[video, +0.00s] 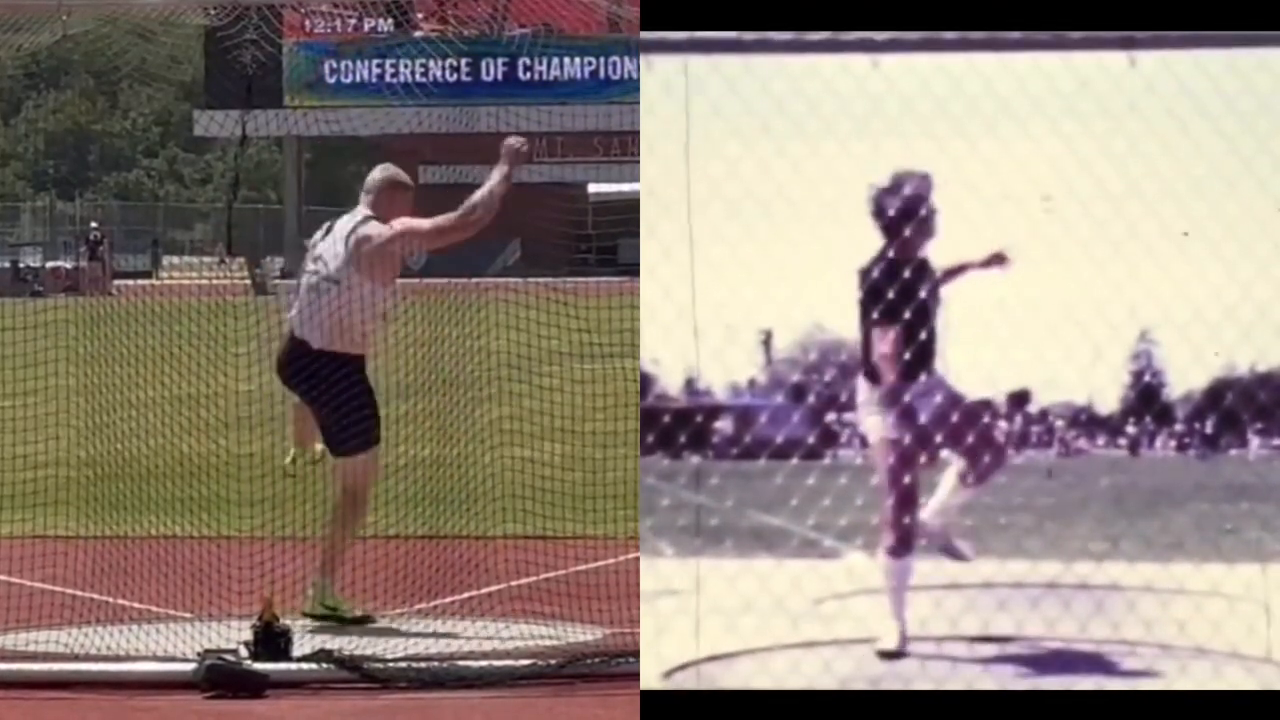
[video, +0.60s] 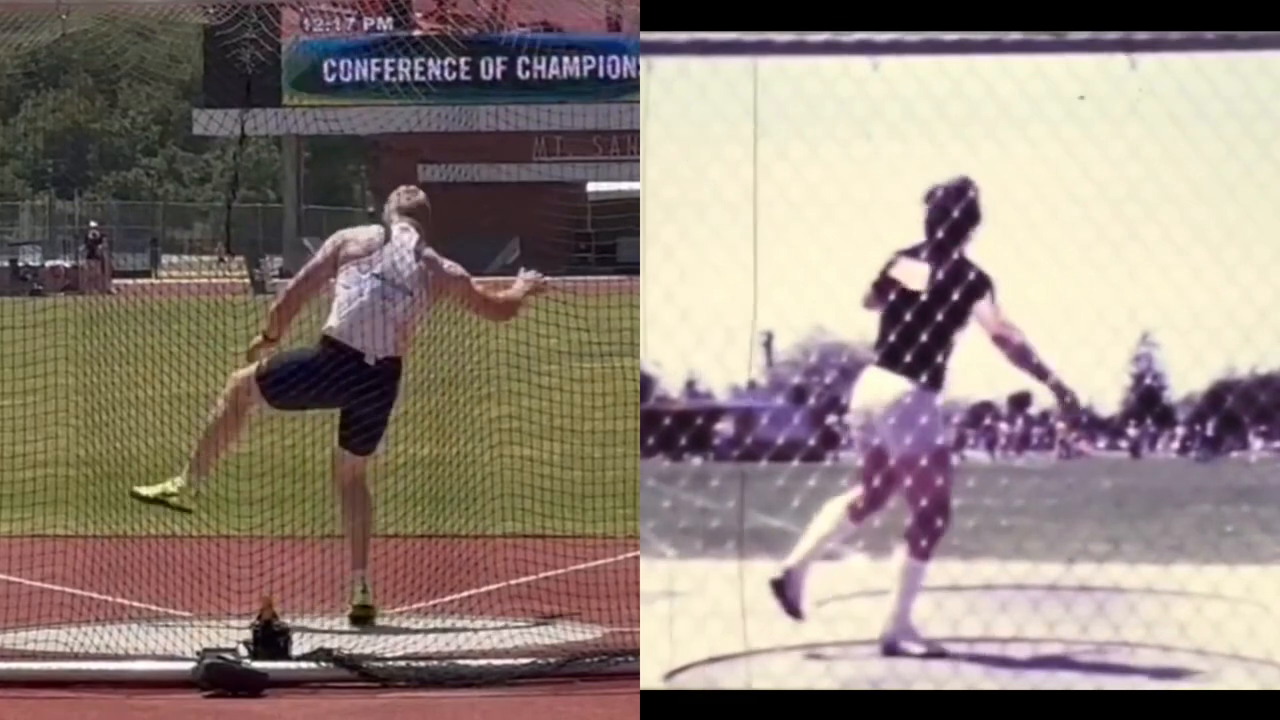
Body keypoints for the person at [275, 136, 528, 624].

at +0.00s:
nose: (408, 210)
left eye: (408, 202)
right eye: (405, 201)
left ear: (369, 195)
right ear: (389, 199)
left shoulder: (333, 228)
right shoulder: (383, 236)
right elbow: (468, 221)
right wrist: (505, 165)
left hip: (298, 356)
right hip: (337, 368)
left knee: (309, 392)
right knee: (356, 488)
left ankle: (302, 452)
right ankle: (322, 593)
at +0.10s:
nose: (415, 213)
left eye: (413, 204)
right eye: (412, 203)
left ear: (373, 202)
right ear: (400, 203)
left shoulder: (333, 236)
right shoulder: (399, 243)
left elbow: (294, 296)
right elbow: (487, 235)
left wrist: (306, 336)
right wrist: (505, 176)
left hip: (304, 360)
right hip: (353, 375)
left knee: (288, 401)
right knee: (354, 498)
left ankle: (254, 454)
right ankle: (323, 593)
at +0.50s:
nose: (404, 205)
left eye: (398, 199)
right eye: (414, 203)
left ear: (384, 209)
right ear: (424, 218)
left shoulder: (344, 240)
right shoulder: (434, 260)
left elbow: (294, 293)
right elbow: (508, 290)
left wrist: (275, 335)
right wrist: (520, 242)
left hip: (321, 360)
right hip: (374, 379)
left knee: (249, 388)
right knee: (357, 491)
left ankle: (186, 480)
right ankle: (336, 592)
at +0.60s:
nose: (399, 215)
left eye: (394, 209)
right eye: (411, 213)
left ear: (386, 215)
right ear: (426, 223)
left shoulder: (352, 240)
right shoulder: (440, 268)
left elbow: (297, 289)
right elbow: (496, 309)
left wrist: (271, 336)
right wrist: (523, 290)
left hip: (335, 362)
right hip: (382, 381)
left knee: (244, 386)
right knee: (352, 474)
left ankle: (187, 484)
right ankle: (362, 592)